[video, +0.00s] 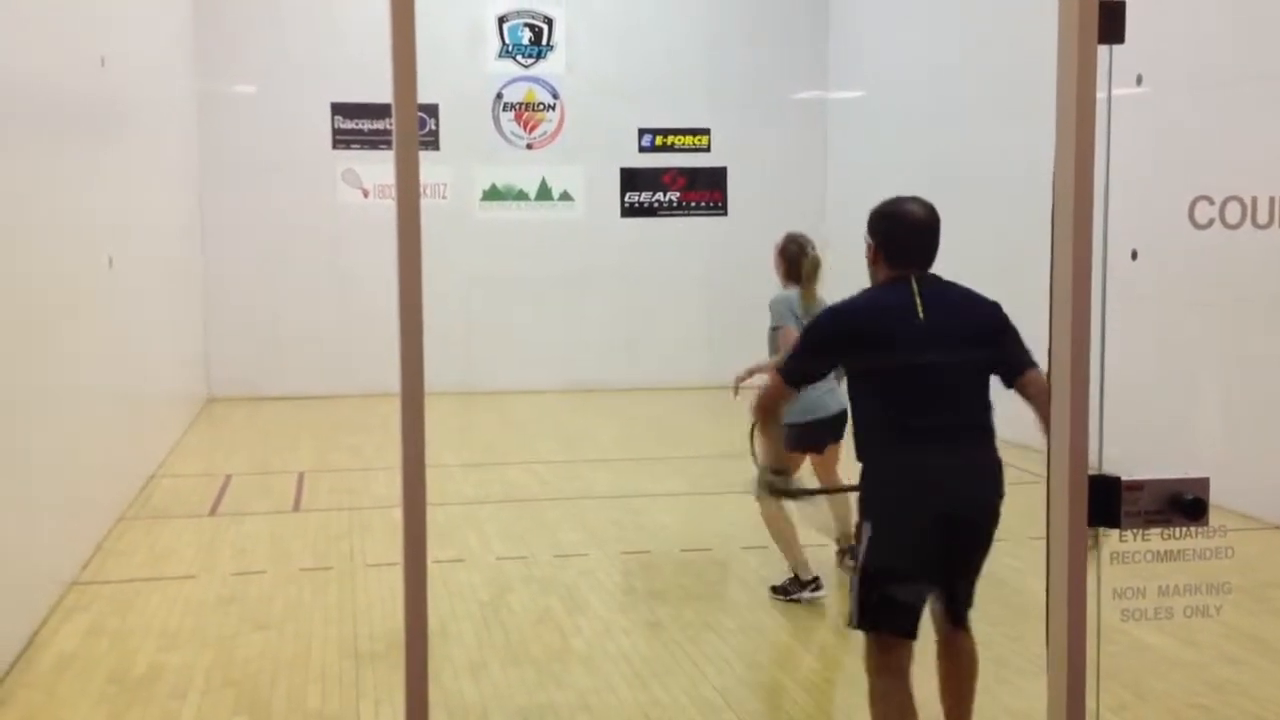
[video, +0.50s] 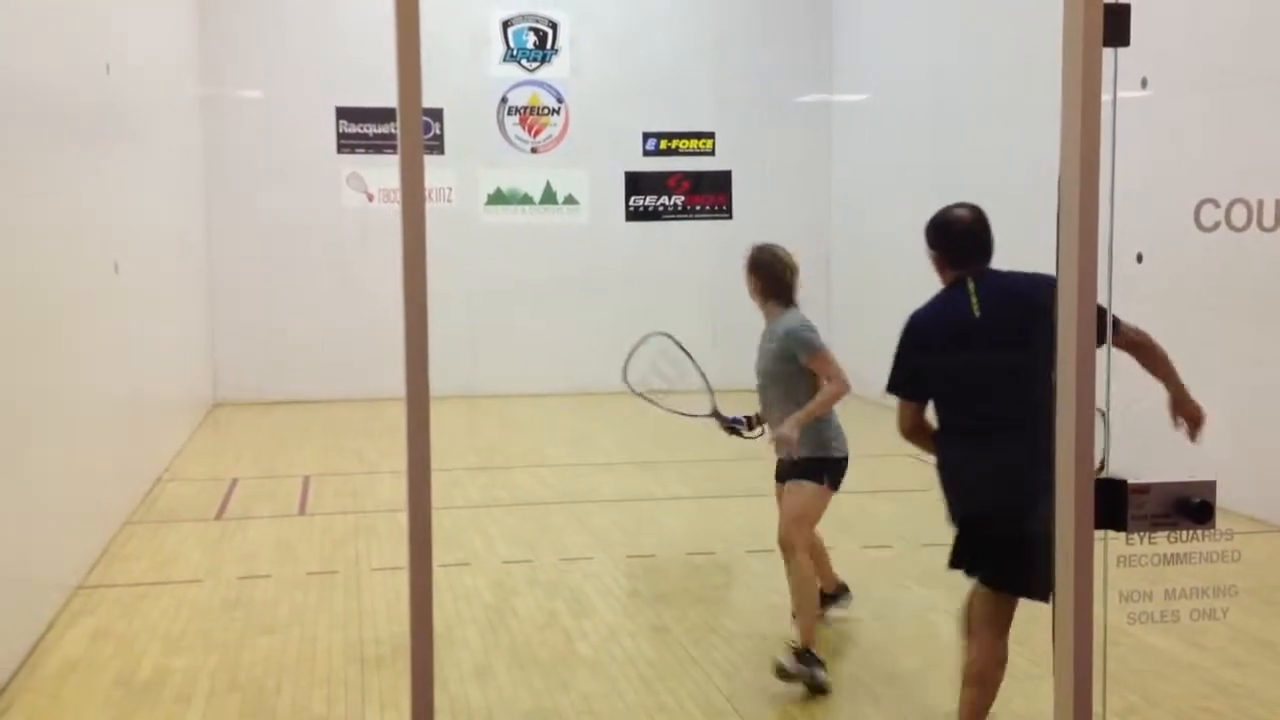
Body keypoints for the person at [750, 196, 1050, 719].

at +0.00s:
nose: (866, 250)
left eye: (867, 244)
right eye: (869, 243)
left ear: (873, 251)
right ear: (933, 251)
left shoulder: (848, 320)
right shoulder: (980, 312)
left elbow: (769, 400)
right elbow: (1044, 396)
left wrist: (772, 446)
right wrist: (1078, 465)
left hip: (899, 499)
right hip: (976, 494)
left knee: (889, 659)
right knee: (954, 618)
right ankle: (958, 716)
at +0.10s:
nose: (871, 261)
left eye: (872, 255)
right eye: (876, 253)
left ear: (878, 263)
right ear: (937, 260)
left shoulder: (856, 331)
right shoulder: (985, 315)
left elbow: (804, 422)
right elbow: (1063, 385)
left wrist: (836, 465)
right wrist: (1121, 458)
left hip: (908, 505)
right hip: (986, 499)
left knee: (904, 654)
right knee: (967, 630)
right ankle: (962, 719)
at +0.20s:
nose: (881, 266)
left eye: (882, 259)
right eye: (886, 258)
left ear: (889, 267)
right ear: (946, 261)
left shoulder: (874, 335)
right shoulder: (997, 311)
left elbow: (844, 434)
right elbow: (1090, 374)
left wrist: (896, 465)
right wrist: (1165, 445)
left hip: (922, 498)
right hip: (1000, 493)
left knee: (909, 645)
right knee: (977, 635)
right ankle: (965, 719)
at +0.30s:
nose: (897, 267)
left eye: (897, 260)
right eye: (901, 258)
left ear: (903, 266)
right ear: (958, 258)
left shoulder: (892, 334)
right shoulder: (1010, 303)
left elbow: (875, 434)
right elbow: (1106, 352)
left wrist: (923, 456)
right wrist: (1184, 420)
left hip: (937, 490)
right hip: (1012, 486)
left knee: (920, 627)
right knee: (985, 633)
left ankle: (906, 712)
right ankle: (968, 715)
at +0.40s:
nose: (913, 261)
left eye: (913, 254)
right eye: (917, 253)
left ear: (920, 260)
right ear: (972, 252)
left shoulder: (907, 327)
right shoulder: (1023, 294)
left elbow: (895, 428)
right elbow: (1120, 340)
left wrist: (936, 448)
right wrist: (1188, 402)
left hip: (952, 490)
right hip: (1019, 487)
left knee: (951, 605)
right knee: (988, 634)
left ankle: (922, 709)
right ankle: (966, 719)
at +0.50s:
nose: (933, 260)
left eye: (932, 253)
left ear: (936, 257)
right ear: (990, 249)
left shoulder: (926, 324)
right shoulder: (1044, 293)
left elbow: (909, 426)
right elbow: (1137, 341)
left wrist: (948, 448)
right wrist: (1179, 394)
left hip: (982, 495)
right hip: (1053, 486)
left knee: (987, 624)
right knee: (987, 620)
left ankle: (971, 712)